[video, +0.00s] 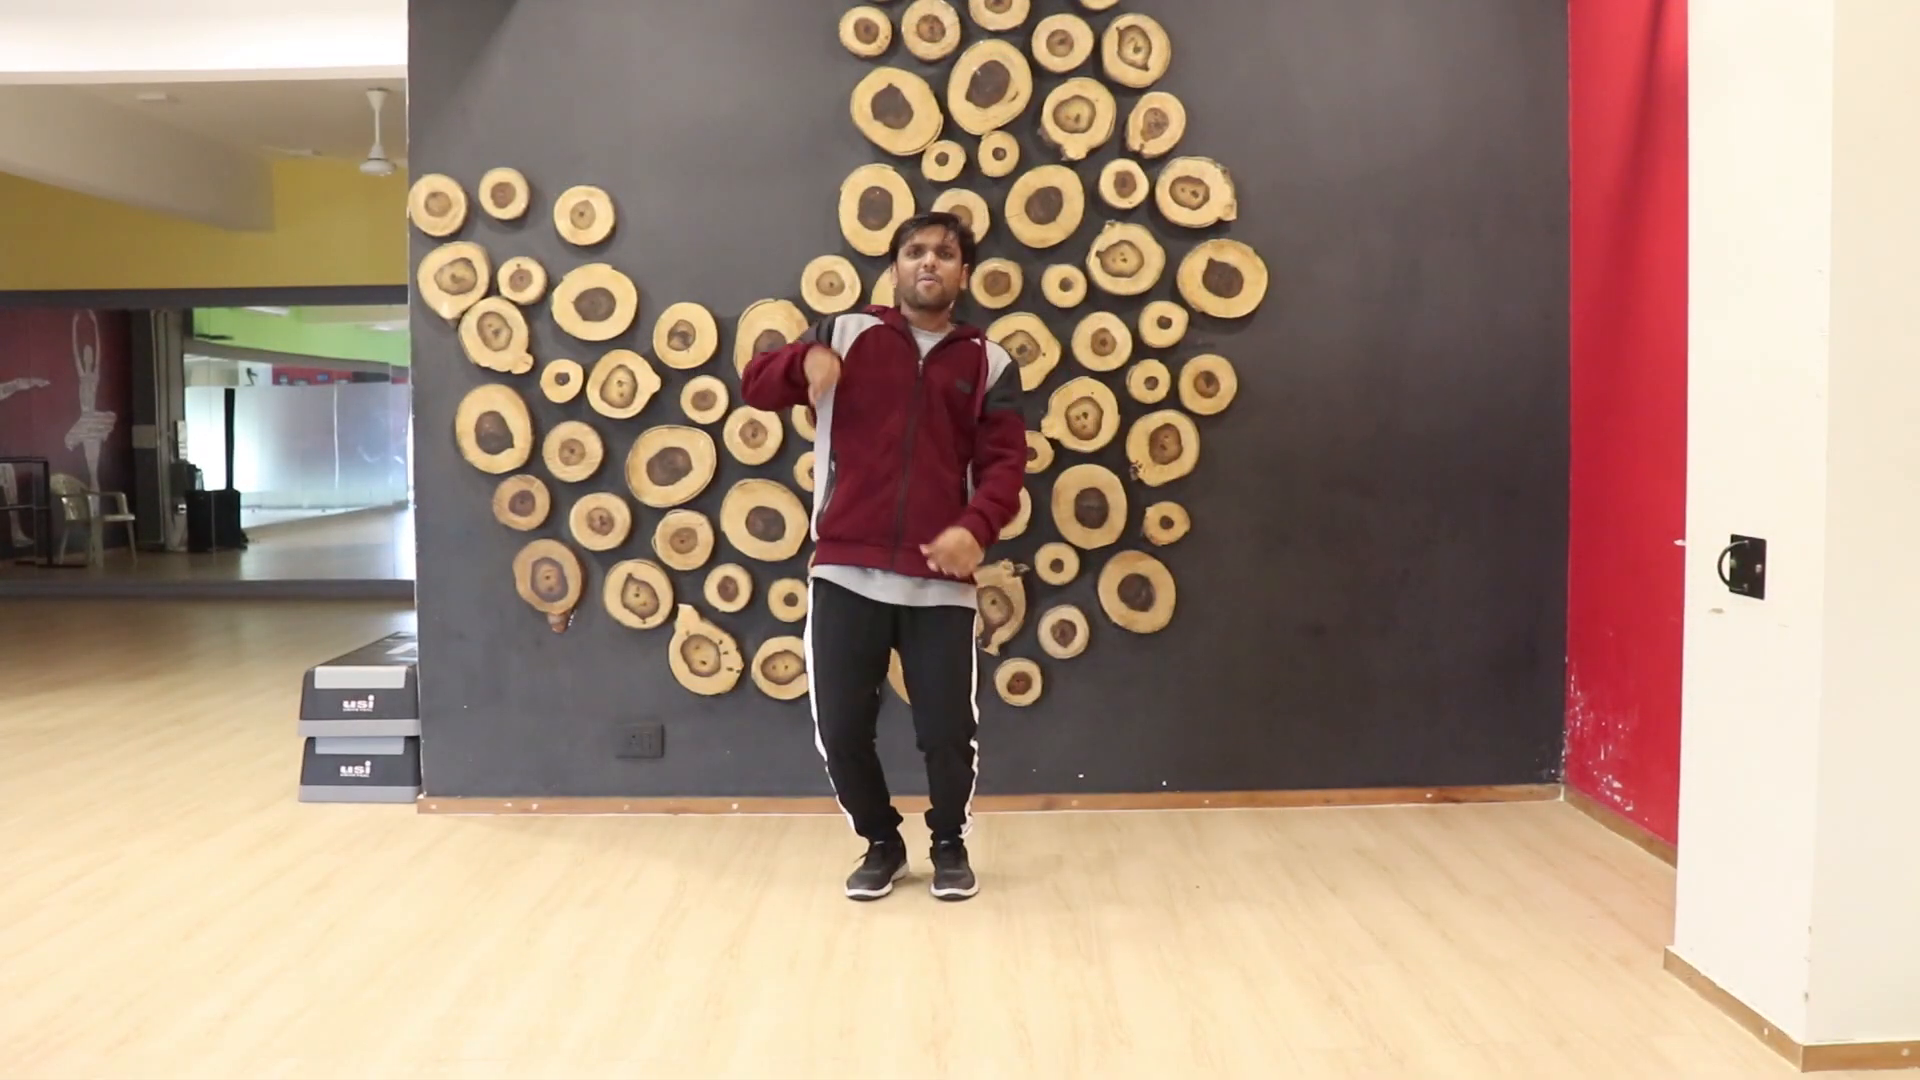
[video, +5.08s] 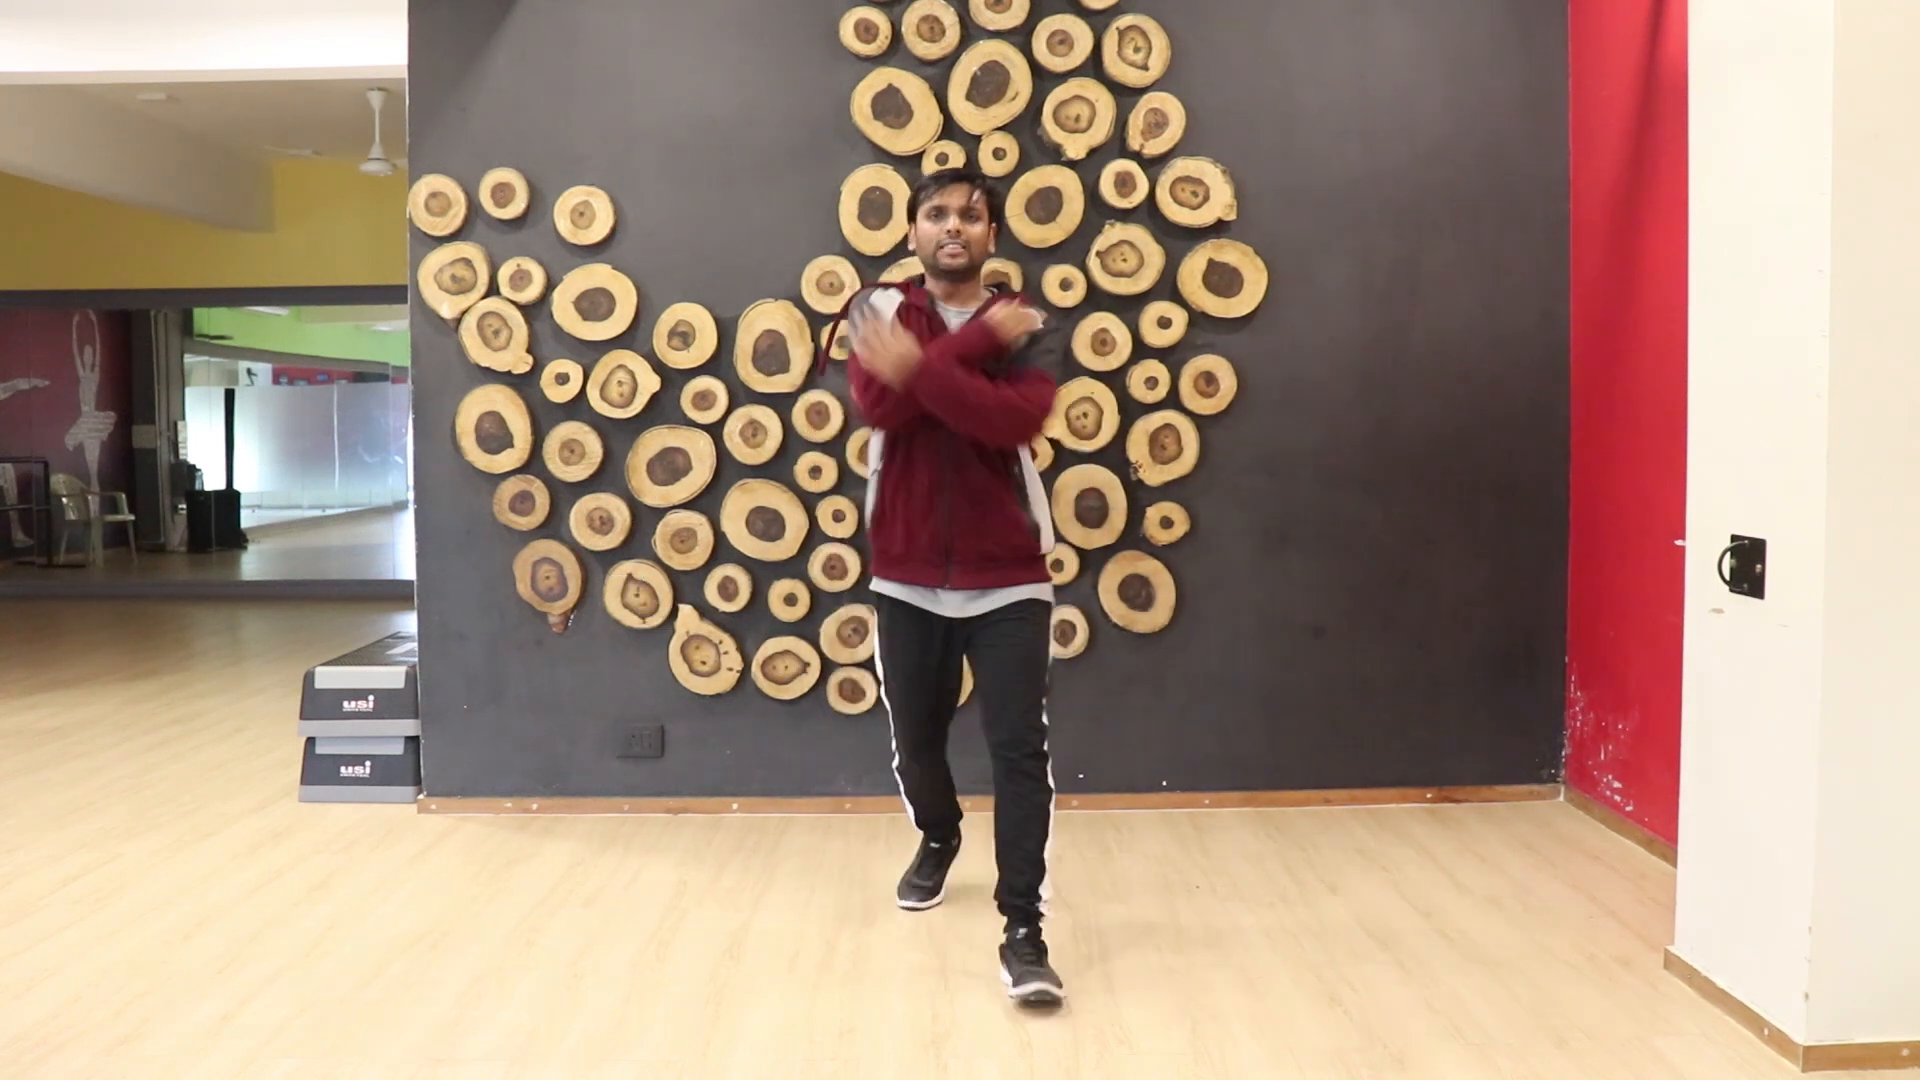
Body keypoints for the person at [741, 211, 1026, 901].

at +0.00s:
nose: (929, 263)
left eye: (944, 254)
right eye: (916, 252)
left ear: (965, 274)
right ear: (893, 269)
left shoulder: (986, 361)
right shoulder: (847, 333)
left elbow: (1005, 460)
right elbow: (755, 385)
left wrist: (975, 527)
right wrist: (802, 358)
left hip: (940, 576)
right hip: (846, 570)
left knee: (947, 730)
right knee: (839, 731)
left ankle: (948, 844)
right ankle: (881, 844)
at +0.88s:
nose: (919, 232)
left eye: (933, 223)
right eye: (904, 222)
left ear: (954, 243)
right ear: (882, 242)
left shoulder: (990, 328)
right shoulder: (845, 324)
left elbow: (1032, 439)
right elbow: (812, 417)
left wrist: (1029, 542)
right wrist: (833, 485)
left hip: (953, 550)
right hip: (864, 546)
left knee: (951, 702)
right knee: (863, 702)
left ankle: (949, 841)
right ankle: (883, 841)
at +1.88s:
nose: (957, 281)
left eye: (964, 267)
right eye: (940, 270)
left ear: (973, 272)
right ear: (905, 279)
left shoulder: (1003, 346)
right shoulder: (871, 366)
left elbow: (1048, 447)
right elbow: (816, 458)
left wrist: (1026, 439)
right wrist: (865, 488)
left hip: (1008, 559)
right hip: (943, 567)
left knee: (1041, 700)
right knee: (1019, 702)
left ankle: (975, 835)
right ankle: (955, 847)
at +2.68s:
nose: (974, 285)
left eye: (990, 274)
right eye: (961, 269)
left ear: (1008, 286)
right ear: (935, 276)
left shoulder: (1032, 365)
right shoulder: (897, 362)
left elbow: (1082, 468)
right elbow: (880, 473)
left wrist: (1070, 576)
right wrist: (907, 563)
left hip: (988, 571)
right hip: (906, 564)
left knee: (956, 702)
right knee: (886, 700)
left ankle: (990, 852)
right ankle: (915, 849)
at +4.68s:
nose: (943, 225)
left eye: (957, 214)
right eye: (928, 214)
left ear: (981, 231)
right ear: (907, 231)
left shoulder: (1021, 320)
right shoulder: (866, 322)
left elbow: (1053, 437)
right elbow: (839, 436)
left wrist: (1044, 539)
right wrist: (847, 535)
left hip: (989, 558)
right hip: (895, 556)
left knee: (986, 712)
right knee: (910, 713)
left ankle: (985, 848)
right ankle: (933, 848)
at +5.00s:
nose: (949, 230)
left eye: (965, 218)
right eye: (933, 217)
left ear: (987, 237)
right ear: (908, 237)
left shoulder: (1027, 329)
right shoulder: (867, 325)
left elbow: (1081, 434)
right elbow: (815, 435)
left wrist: (1034, 492)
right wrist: (869, 441)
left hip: (997, 576)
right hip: (896, 575)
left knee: (1009, 737)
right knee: (911, 730)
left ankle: (1019, 913)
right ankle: (936, 847)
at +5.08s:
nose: (955, 227)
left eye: (971, 214)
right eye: (939, 214)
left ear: (993, 233)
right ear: (913, 232)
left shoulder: (1021, 316)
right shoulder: (884, 310)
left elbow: (1019, 419)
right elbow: (871, 404)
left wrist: (915, 367)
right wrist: (982, 337)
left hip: (1006, 567)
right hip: (908, 568)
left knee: (1018, 747)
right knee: (913, 742)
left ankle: (1023, 929)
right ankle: (939, 836)